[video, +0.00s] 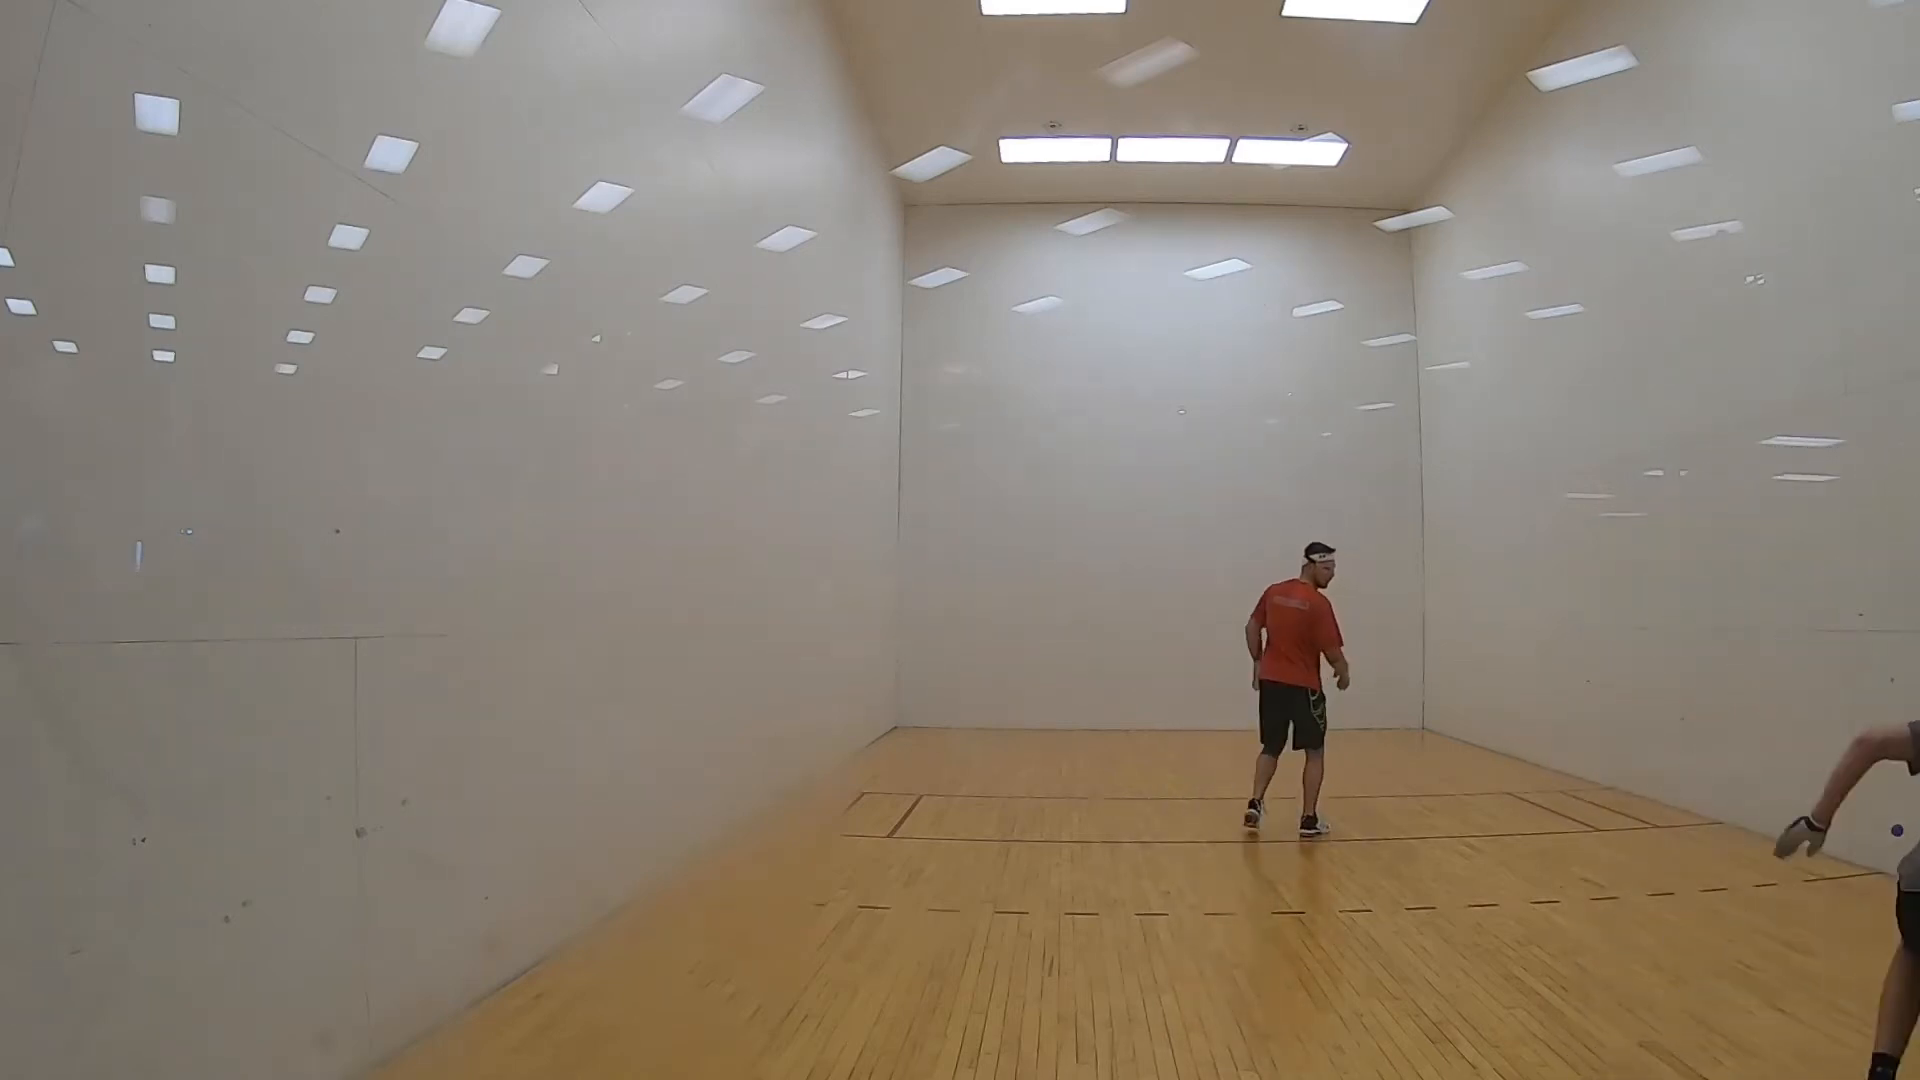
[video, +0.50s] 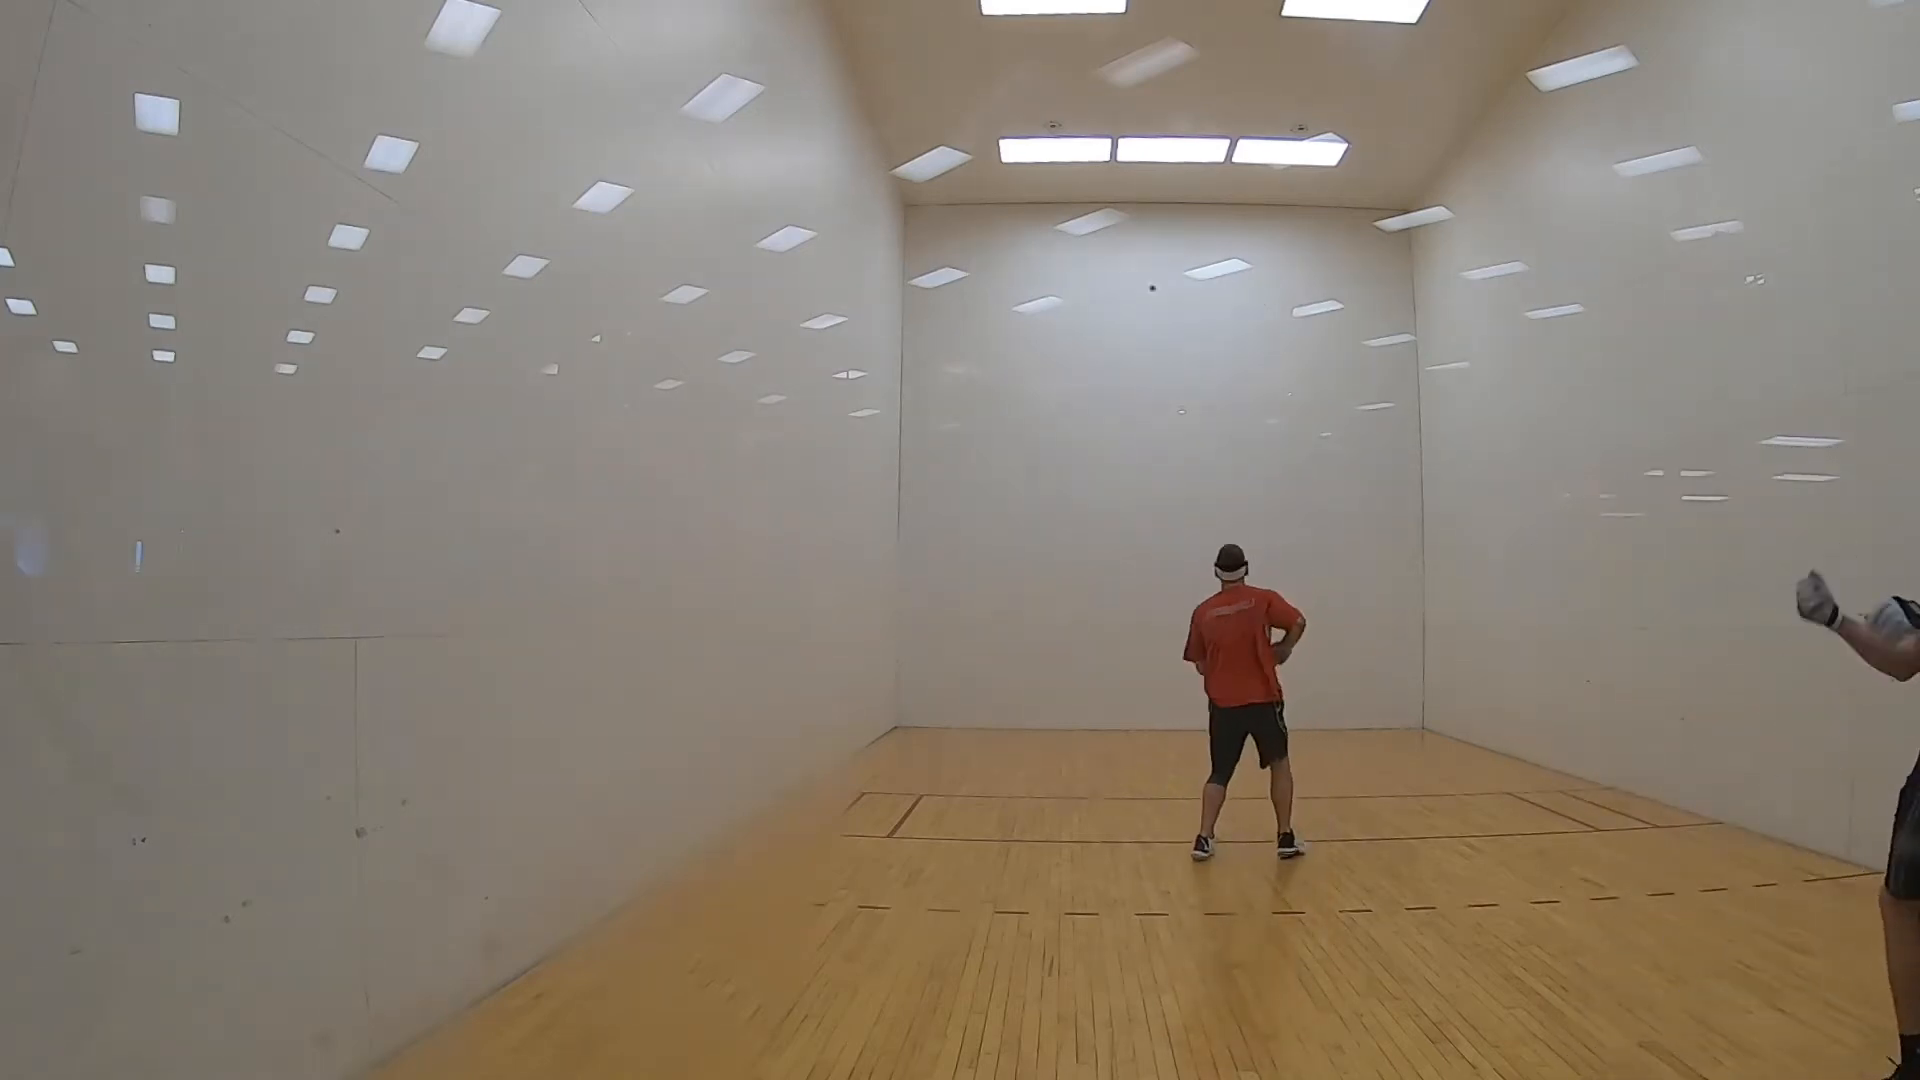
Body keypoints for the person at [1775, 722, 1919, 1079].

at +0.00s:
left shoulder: (1919, 740)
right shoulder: (1917, 739)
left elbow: (1870, 742)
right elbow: (1870, 742)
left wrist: (1818, 819)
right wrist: (1819, 819)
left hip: (1915, 880)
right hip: (1914, 880)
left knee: (1912, 950)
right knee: (1910, 950)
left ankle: (1883, 1069)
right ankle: (1883, 1068)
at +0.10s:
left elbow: (1890, 702)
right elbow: (1890, 701)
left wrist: (1827, 764)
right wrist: (1827, 765)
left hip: (1914, 865)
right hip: (1913, 866)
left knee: (1912, 935)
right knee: (1911, 935)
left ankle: (1897, 1067)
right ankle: (1897, 1065)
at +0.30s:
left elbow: (1904, 679)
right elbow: (1904, 678)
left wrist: (1838, 649)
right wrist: (1839, 648)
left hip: (1915, 827)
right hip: (1913, 824)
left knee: (1851, 921)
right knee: (1918, 989)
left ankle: (1890, 1066)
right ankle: (1892, 1065)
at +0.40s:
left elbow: (1895, 659)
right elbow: (1896, 663)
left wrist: (1876, 605)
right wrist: (1904, 577)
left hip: (1918, 792)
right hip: (1918, 788)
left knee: (1871, 909)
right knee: (1870, 909)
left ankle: (1897, 1064)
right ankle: (1897, 1063)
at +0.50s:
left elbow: (1900, 660)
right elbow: (1901, 661)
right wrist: (1836, 619)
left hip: (1918, 785)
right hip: (1918, 784)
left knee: (1900, 902)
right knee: (1899, 902)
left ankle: (1911, 1059)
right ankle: (1909, 1058)